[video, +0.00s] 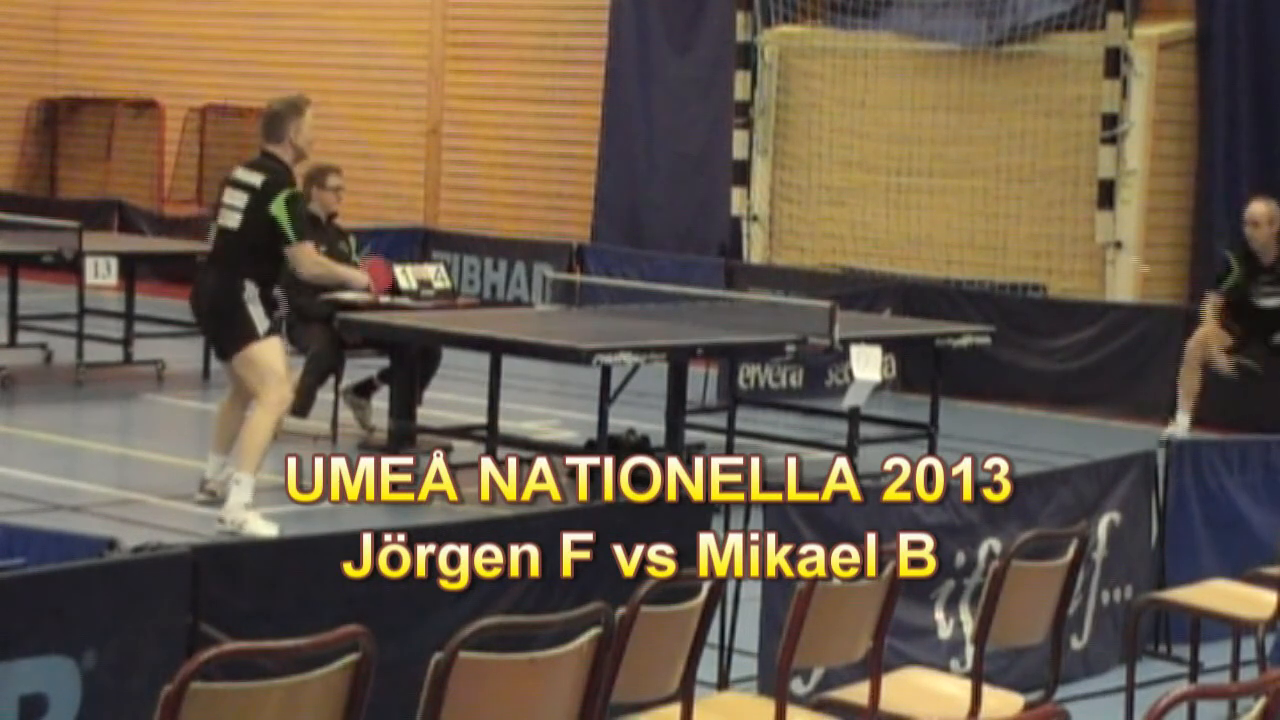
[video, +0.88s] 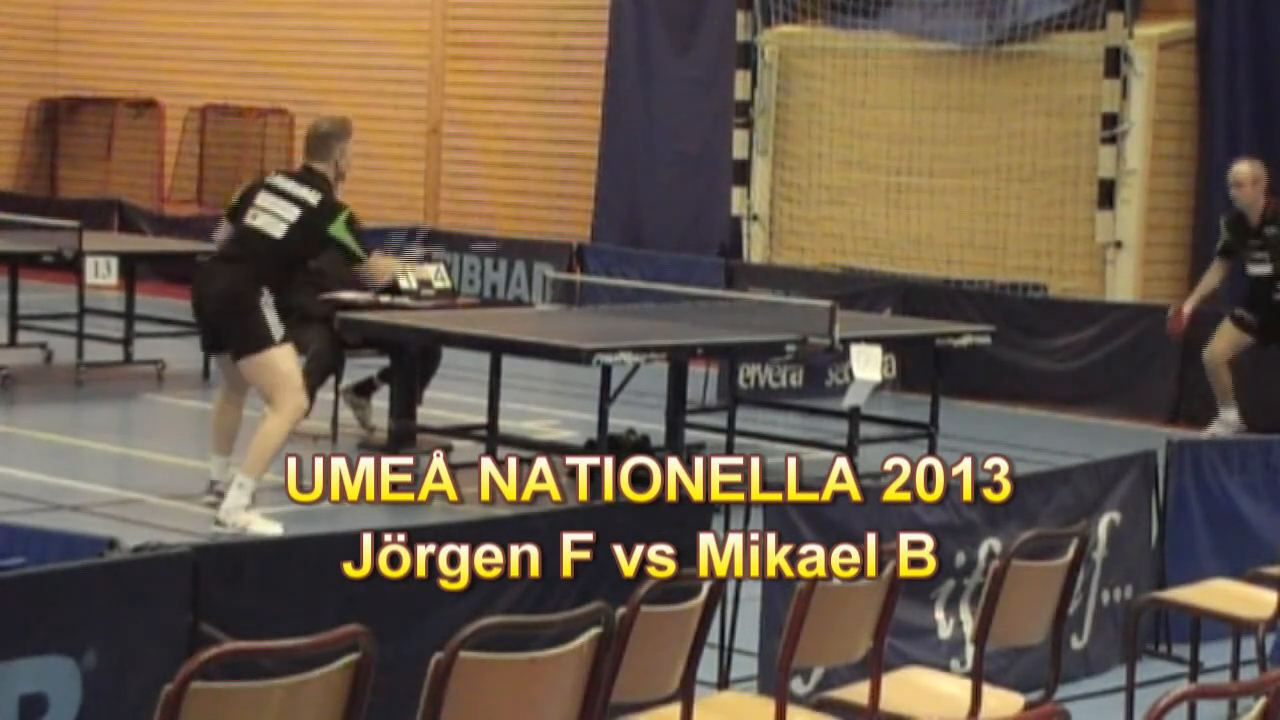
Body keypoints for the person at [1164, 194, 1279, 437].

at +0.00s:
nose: (1249, 231)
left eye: (1256, 224)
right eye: (1247, 224)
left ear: (1275, 227)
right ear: (1242, 226)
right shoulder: (1241, 264)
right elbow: (1210, 305)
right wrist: (1217, 350)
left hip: (1275, 332)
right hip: (1246, 328)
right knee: (1196, 344)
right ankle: (1182, 421)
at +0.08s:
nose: (1242, 229)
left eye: (1249, 223)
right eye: (1239, 222)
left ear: (1268, 224)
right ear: (1235, 224)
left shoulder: (1275, 258)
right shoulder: (1230, 256)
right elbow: (1195, 288)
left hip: (1270, 328)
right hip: (1233, 325)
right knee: (1188, 342)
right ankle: (1181, 423)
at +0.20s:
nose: (1235, 225)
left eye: (1242, 218)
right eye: (1233, 218)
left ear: (1260, 222)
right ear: (1228, 221)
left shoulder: (1273, 254)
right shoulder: (1220, 250)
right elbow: (1194, 259)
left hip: (1270, 322)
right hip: (1232, 318)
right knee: (1189, 350)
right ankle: (1181, 423)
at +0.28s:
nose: (1241, 219)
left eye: (1249, 212)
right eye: (1239, 212)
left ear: (1268, 216)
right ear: (1235, 214)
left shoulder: (1276, 252)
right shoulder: (1227, 247)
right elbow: (1186, 260)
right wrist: (1147, 262)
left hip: (1272, 322)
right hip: (1235, 318)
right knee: (1193, 354)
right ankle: (1181, 424)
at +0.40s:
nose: (1260, 217)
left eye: (1268, 211)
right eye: (1259, 209)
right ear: (1255, 212)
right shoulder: (1246, 247)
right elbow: (1212, 279)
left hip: (1275, 322)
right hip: (1250, 319)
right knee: (1207, 358)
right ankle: (1185, 422)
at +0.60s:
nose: (1267, 216)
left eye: (1272, 209)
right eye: (1265, 209)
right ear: (1261, 212)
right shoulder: (1258, 246)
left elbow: (1238, 288)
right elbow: (1237, 288)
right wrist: (1211, 326)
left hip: (1270, 315)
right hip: (1268, 314)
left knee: (1222, 355)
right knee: (1221, 355)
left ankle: (1213, 420)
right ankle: (1213, 420)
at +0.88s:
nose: (1234, 192)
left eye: (1240, 185)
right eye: (1231, 185)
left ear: (1260, 187)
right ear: (1229, 188)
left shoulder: (1276, 219)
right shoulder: (1234, 222)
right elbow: (1219, 268)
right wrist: (1190, 303)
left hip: (1276, 305)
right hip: (1257, 304)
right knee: (1214, 354)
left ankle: (1229, 417)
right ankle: (1229, 417)